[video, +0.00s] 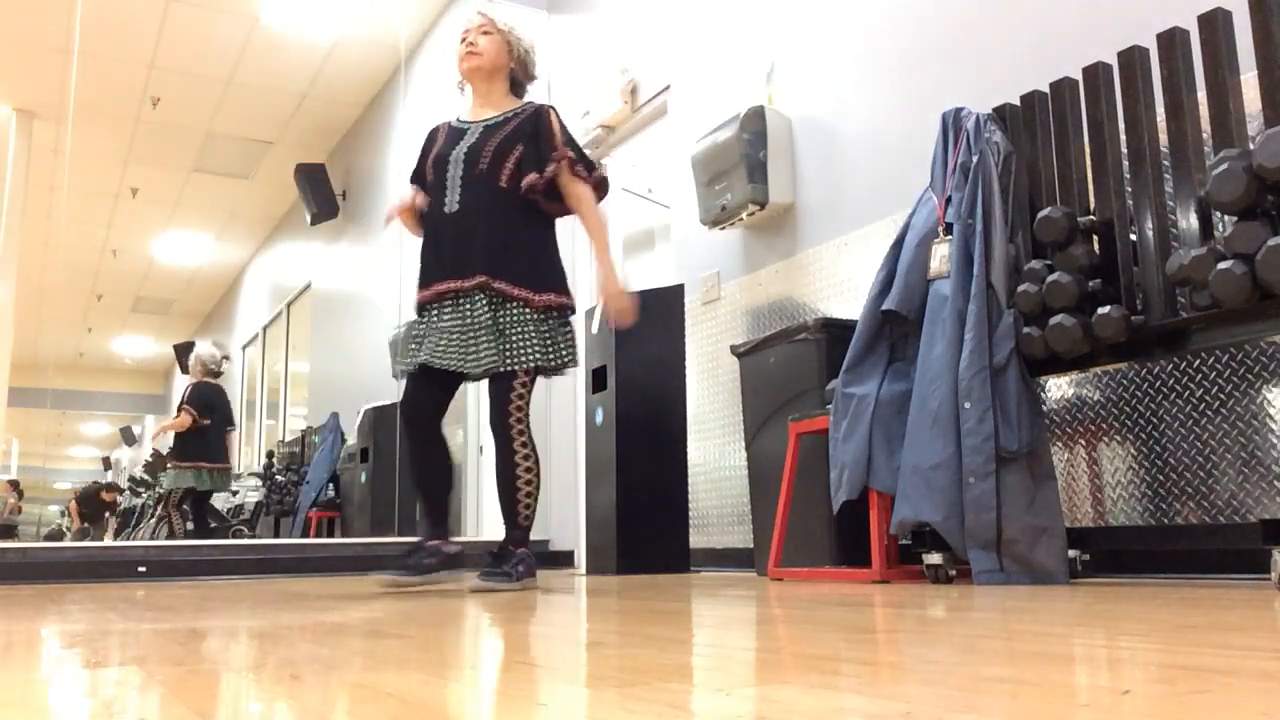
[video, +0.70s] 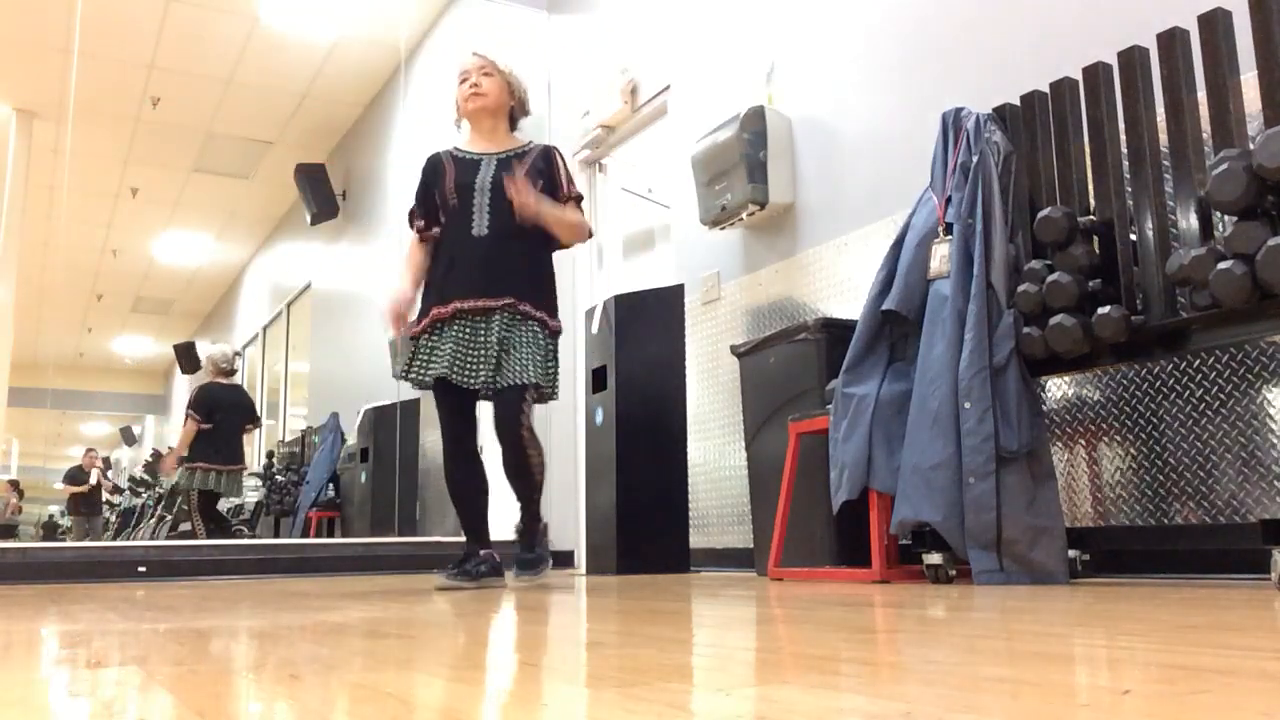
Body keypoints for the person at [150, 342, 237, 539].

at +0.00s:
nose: (190, 366)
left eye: (192, 363)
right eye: (191, 362)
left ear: (197, 366)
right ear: (215, 367)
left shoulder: (196, 389)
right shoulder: (221, 392)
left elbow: (184, 421)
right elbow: (229, 432)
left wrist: (163, 427)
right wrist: (230, 463)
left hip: (190, 466)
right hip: (214, 466)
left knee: (171, 506)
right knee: (200, 510)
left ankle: (179, 551)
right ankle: (204, 554)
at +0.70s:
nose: (206, 367)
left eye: (207, 364)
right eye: (207, 364)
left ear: (211, 367)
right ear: (232, 367)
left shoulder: (204, 391)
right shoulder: (241, 392)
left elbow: (191, 426)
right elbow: (253, 423)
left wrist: (177, 454)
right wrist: (231, 430)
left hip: (202, 465)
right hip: (230, 464)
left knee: (198, 513)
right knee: (210, 508)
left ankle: (206, 557)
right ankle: (230, 535)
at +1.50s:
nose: (209, 368)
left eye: (211, 364)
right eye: (210, 364)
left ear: (215, 366)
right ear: (235, 367)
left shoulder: (212, 390)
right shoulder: (241, 393)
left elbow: (206, 424)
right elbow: (254, 427)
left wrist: (177, 447)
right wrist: (255, 462)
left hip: (212, 466)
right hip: (237, 467)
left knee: (207, 511)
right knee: (221, 509)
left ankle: (218, 555)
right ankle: (247, 528)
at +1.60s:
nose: (208, 365)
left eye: (210, 362)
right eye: (209, 361)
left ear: (215, 365)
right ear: (235, 366)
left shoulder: (209, 388)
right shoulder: (240, 392)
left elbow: (197, 423)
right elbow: (255, 425)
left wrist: (175, 430)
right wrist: (250, 461)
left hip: (210, 463)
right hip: (235, 464)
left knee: (209, 512)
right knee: (213, 508)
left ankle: (219, 556)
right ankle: (239, 540)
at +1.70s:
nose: (207, 364)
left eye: (209, 361)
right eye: (208, 360)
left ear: (214, 364)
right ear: (233, 365)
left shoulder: (207, 387)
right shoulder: (239, 390)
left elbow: (191, 422)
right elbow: (253, 422)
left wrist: (175, 422)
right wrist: (241, 448)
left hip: (209, 460)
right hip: (235, 460)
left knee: (210, 510)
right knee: (212, 507)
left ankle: (219, 553)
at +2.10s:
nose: (205, 364)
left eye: (207, 362)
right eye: (207, 361)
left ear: (210, 366)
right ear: (230, 368)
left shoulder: (200, 389)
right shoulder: (232, 391)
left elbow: (181, 424)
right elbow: (248, 423)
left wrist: (181, 416)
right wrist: (227, 425)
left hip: (203, 463)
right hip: (228, 464)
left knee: (207, 511)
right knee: (216, 509)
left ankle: (219, 553)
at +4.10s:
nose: (186, 370)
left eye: (188, 365)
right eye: (187, 365)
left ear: (196, 367)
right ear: (210, 368)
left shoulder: (194, 390)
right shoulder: (219, 392)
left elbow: (188, 421)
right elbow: (222, 429)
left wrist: (166, 441)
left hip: (189, 464)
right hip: (212, 464)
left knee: (182, 510)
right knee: (197, 509)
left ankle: (194, 553)